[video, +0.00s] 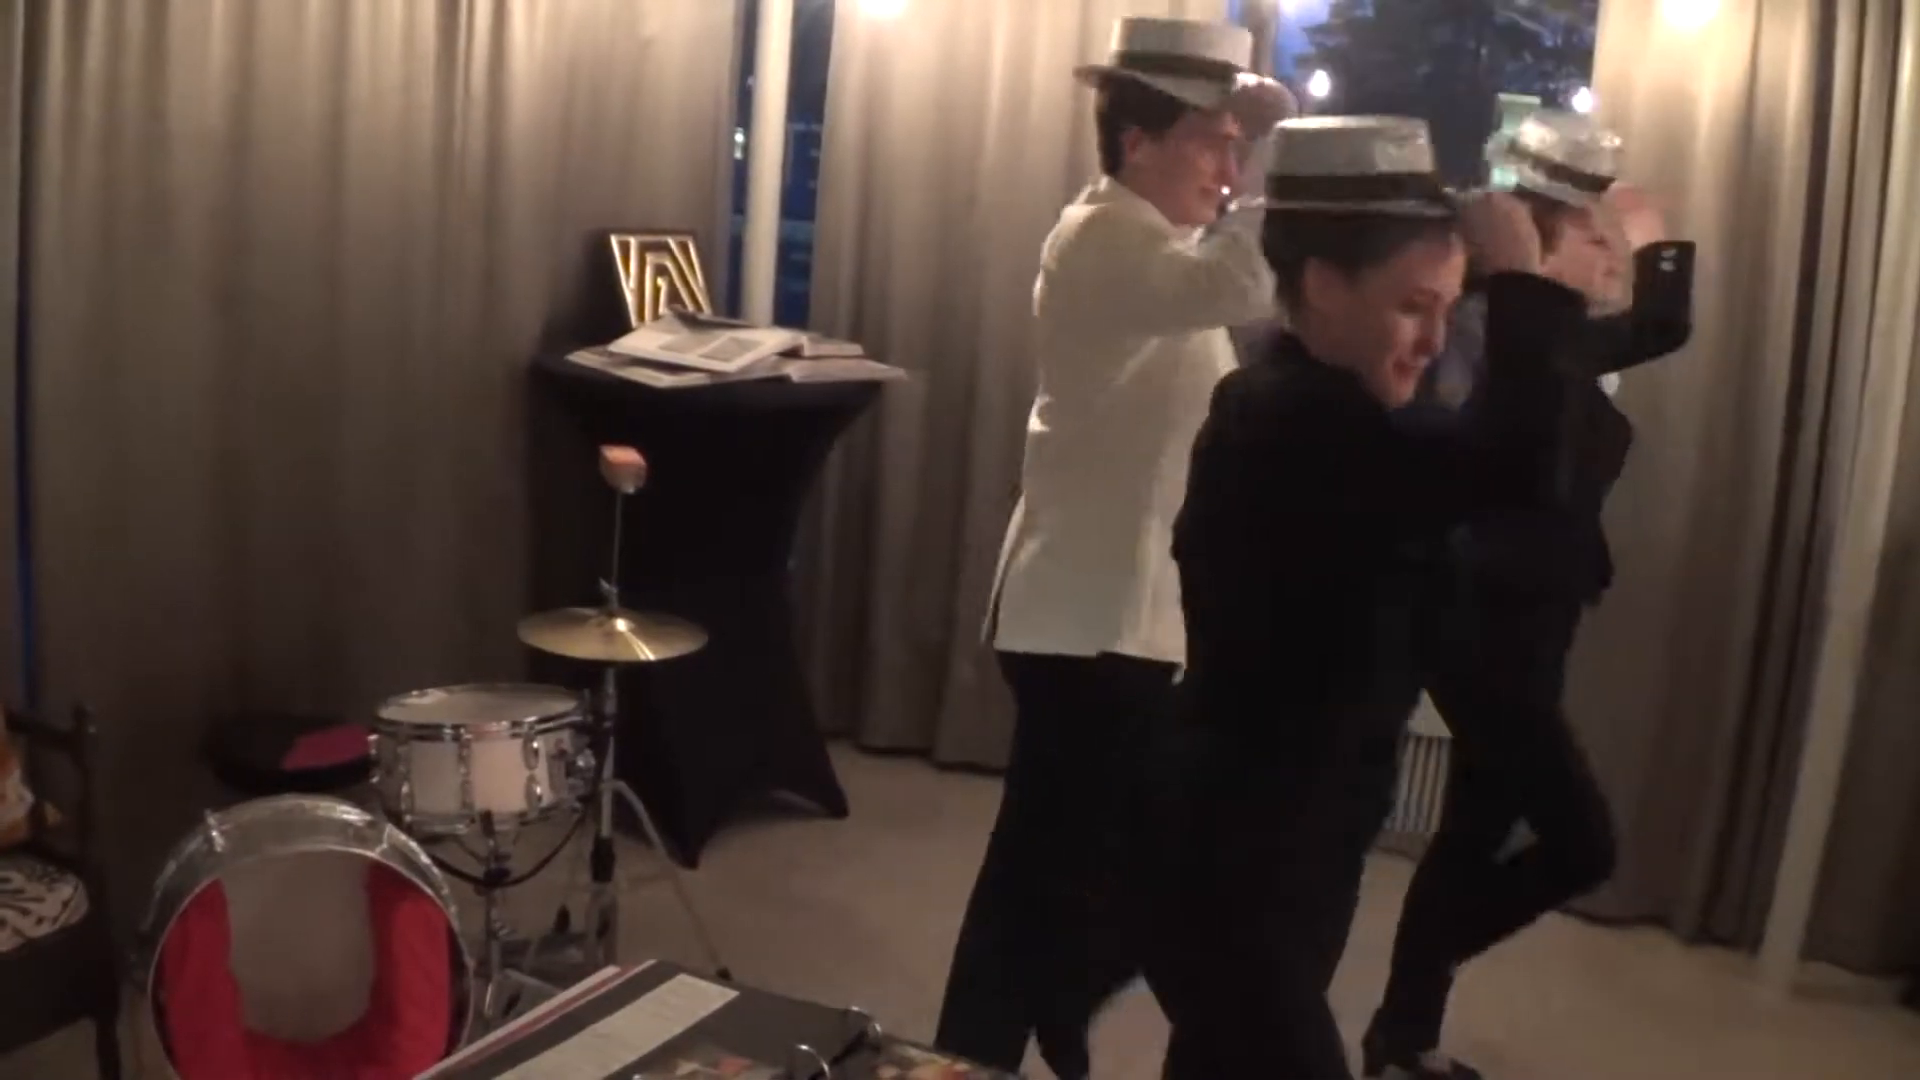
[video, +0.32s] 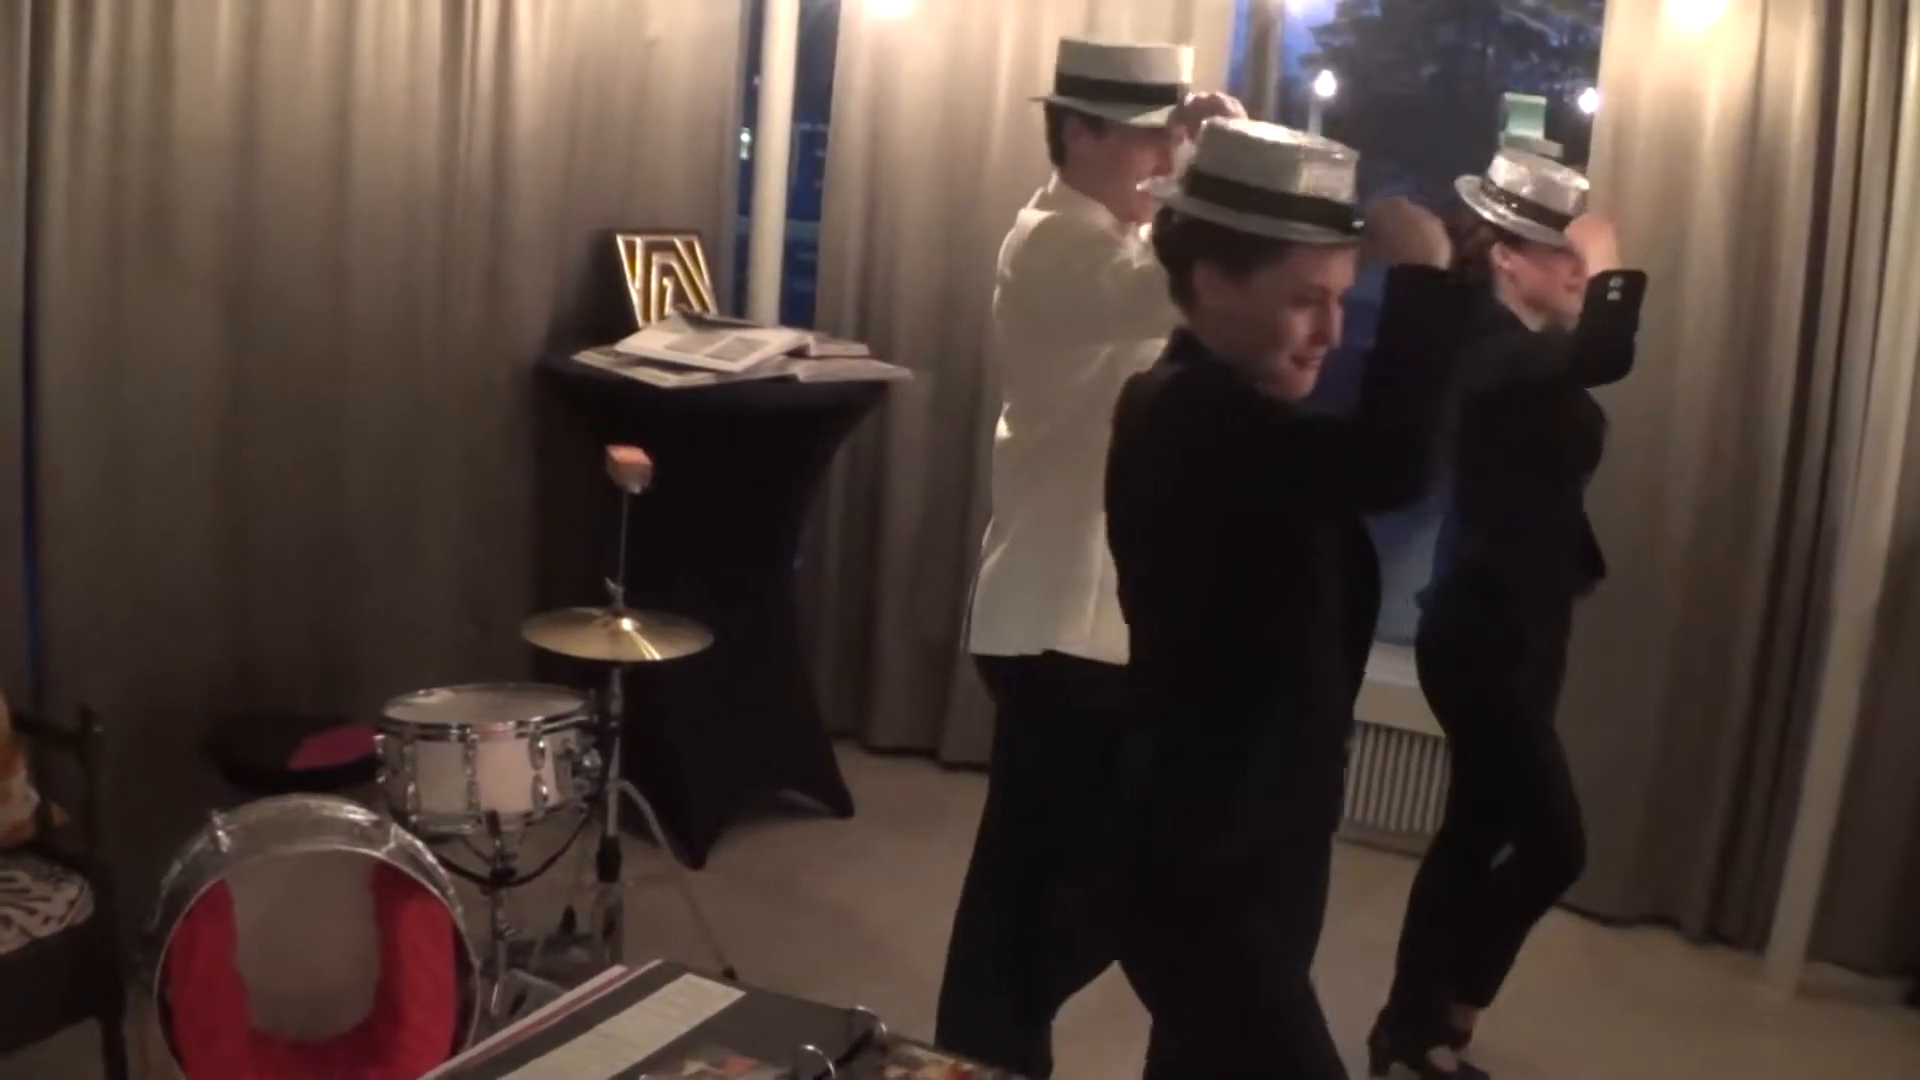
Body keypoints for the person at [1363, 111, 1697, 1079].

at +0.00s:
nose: (1611, 259)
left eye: (1610, 243)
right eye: (1597, 239)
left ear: (1547, 243)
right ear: (1544, 237)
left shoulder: (1546, 329)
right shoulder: (1517, 325)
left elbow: (1657, 329)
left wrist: (1652, 246)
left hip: (1517, 628)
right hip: (1479, 632)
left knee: (1471, 836)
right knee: (1580, 849)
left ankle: (1404, 1033)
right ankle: (1422, 954)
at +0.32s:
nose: (1584, 280)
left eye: (1585, 266)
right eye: (1571, 263)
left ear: (1517, 262)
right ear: (1514, 260)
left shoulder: (1519, 346)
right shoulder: (1497, 349)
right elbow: (1602, 356)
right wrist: (1614, 274)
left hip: (1511, 628)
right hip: (1482, 633)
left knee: (1472, 836)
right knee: (1552, 845)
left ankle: (1414, 1032)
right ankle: (1442, 1015)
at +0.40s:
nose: (1574, 280)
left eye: (1575, 266)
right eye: (1559, 262)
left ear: (1504, 263)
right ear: (1499, 260)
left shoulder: (1515, 346)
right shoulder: (1481, 347)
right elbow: (1598, 360)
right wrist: (1604, 275)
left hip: (1518, 628)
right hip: (1481, 631)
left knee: (1472, 838)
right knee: (1553, 845)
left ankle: (1413, 1034)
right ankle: (1444, 1016)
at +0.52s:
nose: (1569, 277)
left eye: (1570, 262)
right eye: (1552, 259)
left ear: (1501, 262)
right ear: (1493, 258)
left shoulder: (1511, 343)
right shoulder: (1483, 345)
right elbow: (1596, 361)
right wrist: (1599, 272)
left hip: (1518, 627)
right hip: (1484, 632)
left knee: (1473, 837)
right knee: (1560, 847)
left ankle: (1413, 1033)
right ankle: (1444, 1017)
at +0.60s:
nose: (1565, 279)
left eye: (1566, 264)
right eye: (1549, 260)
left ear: (1498, 262)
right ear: (1491, 259)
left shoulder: (1504, 348)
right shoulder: (1481, 350)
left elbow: (1529, 459)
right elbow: (1596, 362)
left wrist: (1608, 469)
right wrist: (1599, 273)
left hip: (1507, 627)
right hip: (1485, 634)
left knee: (1470, 836)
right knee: (1562, 846)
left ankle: (1412, 1035)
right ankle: (1442, 1016)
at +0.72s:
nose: (1555, 279)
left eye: (1555, 263)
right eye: (1542, 260)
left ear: (1490, 264)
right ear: (1490, 260)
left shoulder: (1496, 346)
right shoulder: (1475, 350)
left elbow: (1588, 356)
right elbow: (1594, 358)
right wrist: (1581, 280)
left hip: (1502, 627)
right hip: (1481, 632)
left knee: (1467, 838)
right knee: (1563, 845)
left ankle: (1408, 1035)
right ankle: (1439, 1014)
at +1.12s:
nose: (1512, 272)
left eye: (1508, 255)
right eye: (1500, 256)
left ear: (1444, 267)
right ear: (1468, 265)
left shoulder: (1480, 349)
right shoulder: (1444, 350)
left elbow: (1582, 356)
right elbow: (1576, 357)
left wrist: (1546, 261)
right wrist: (1511, 268)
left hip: (1494, 634)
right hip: (1465, 638)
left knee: (1461, 845)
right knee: (1548, 849)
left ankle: (1401, 1036)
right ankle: (1435, 1009)